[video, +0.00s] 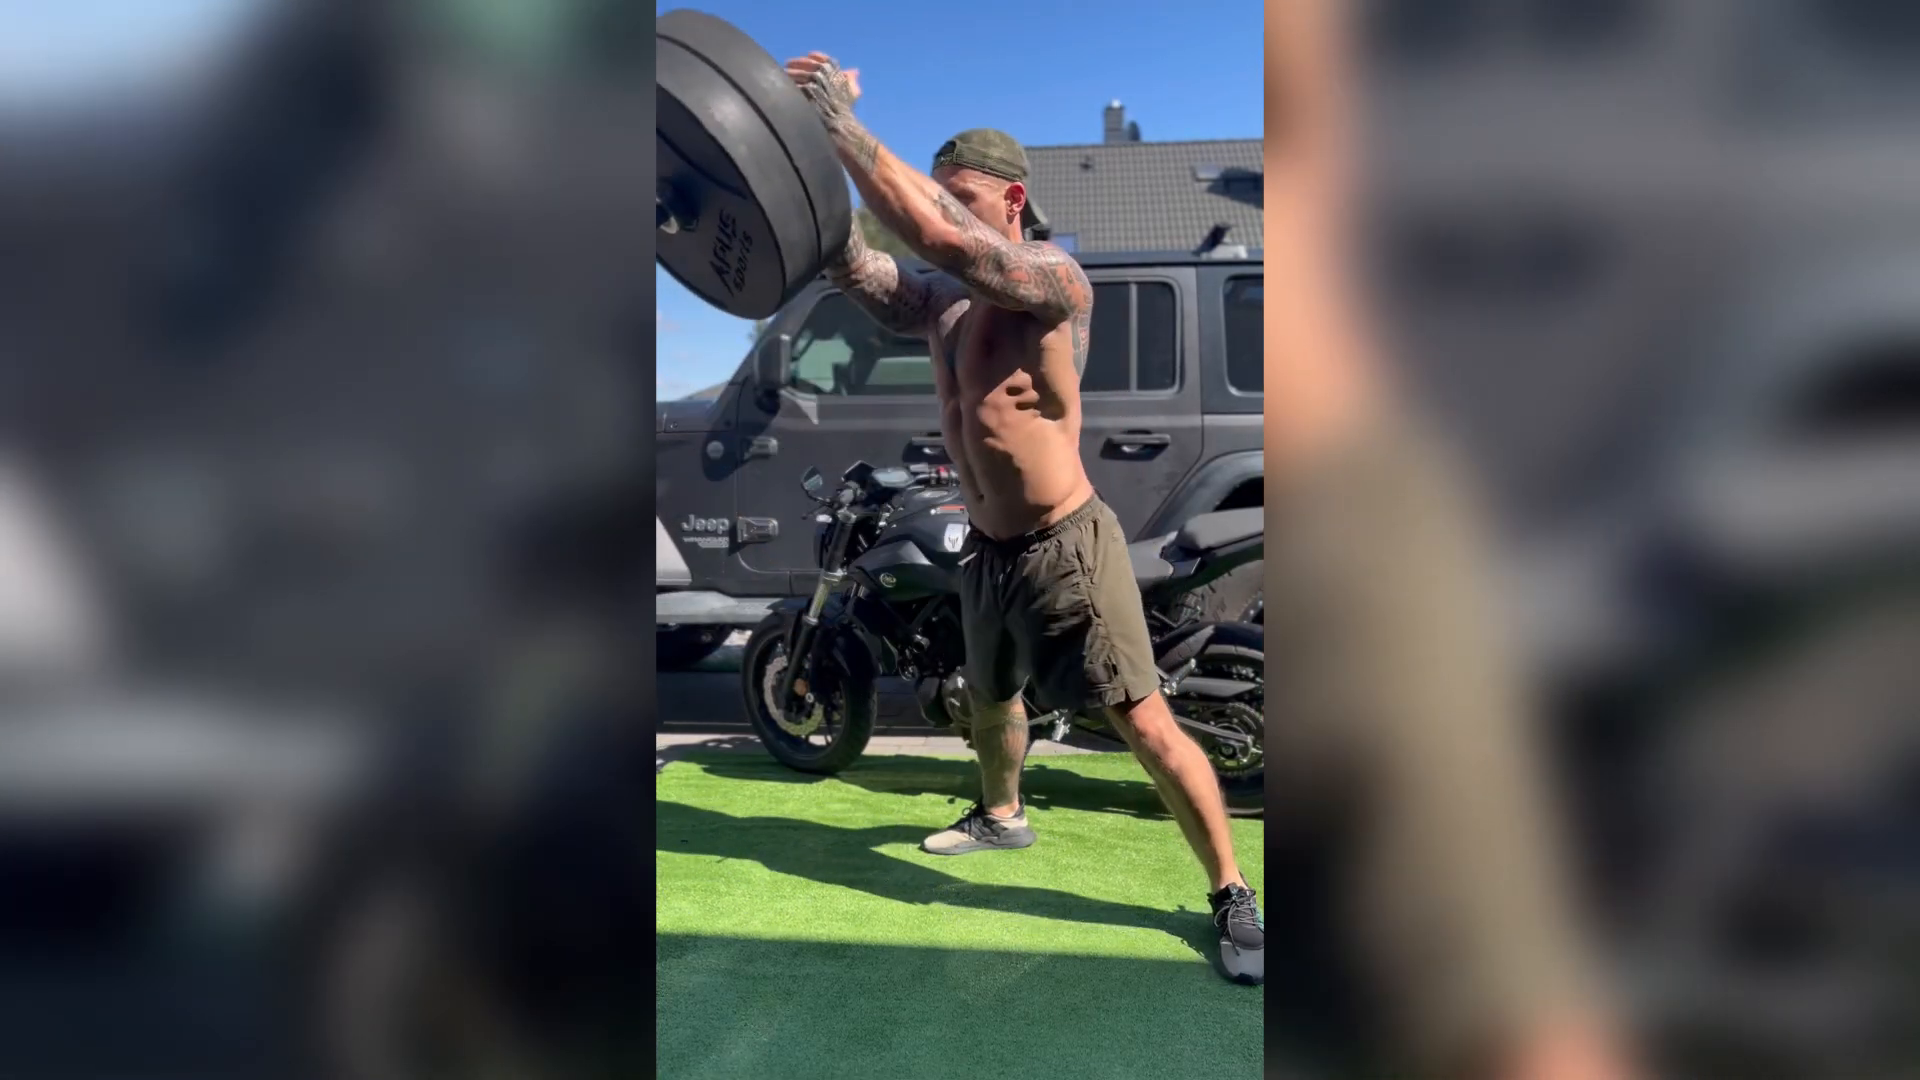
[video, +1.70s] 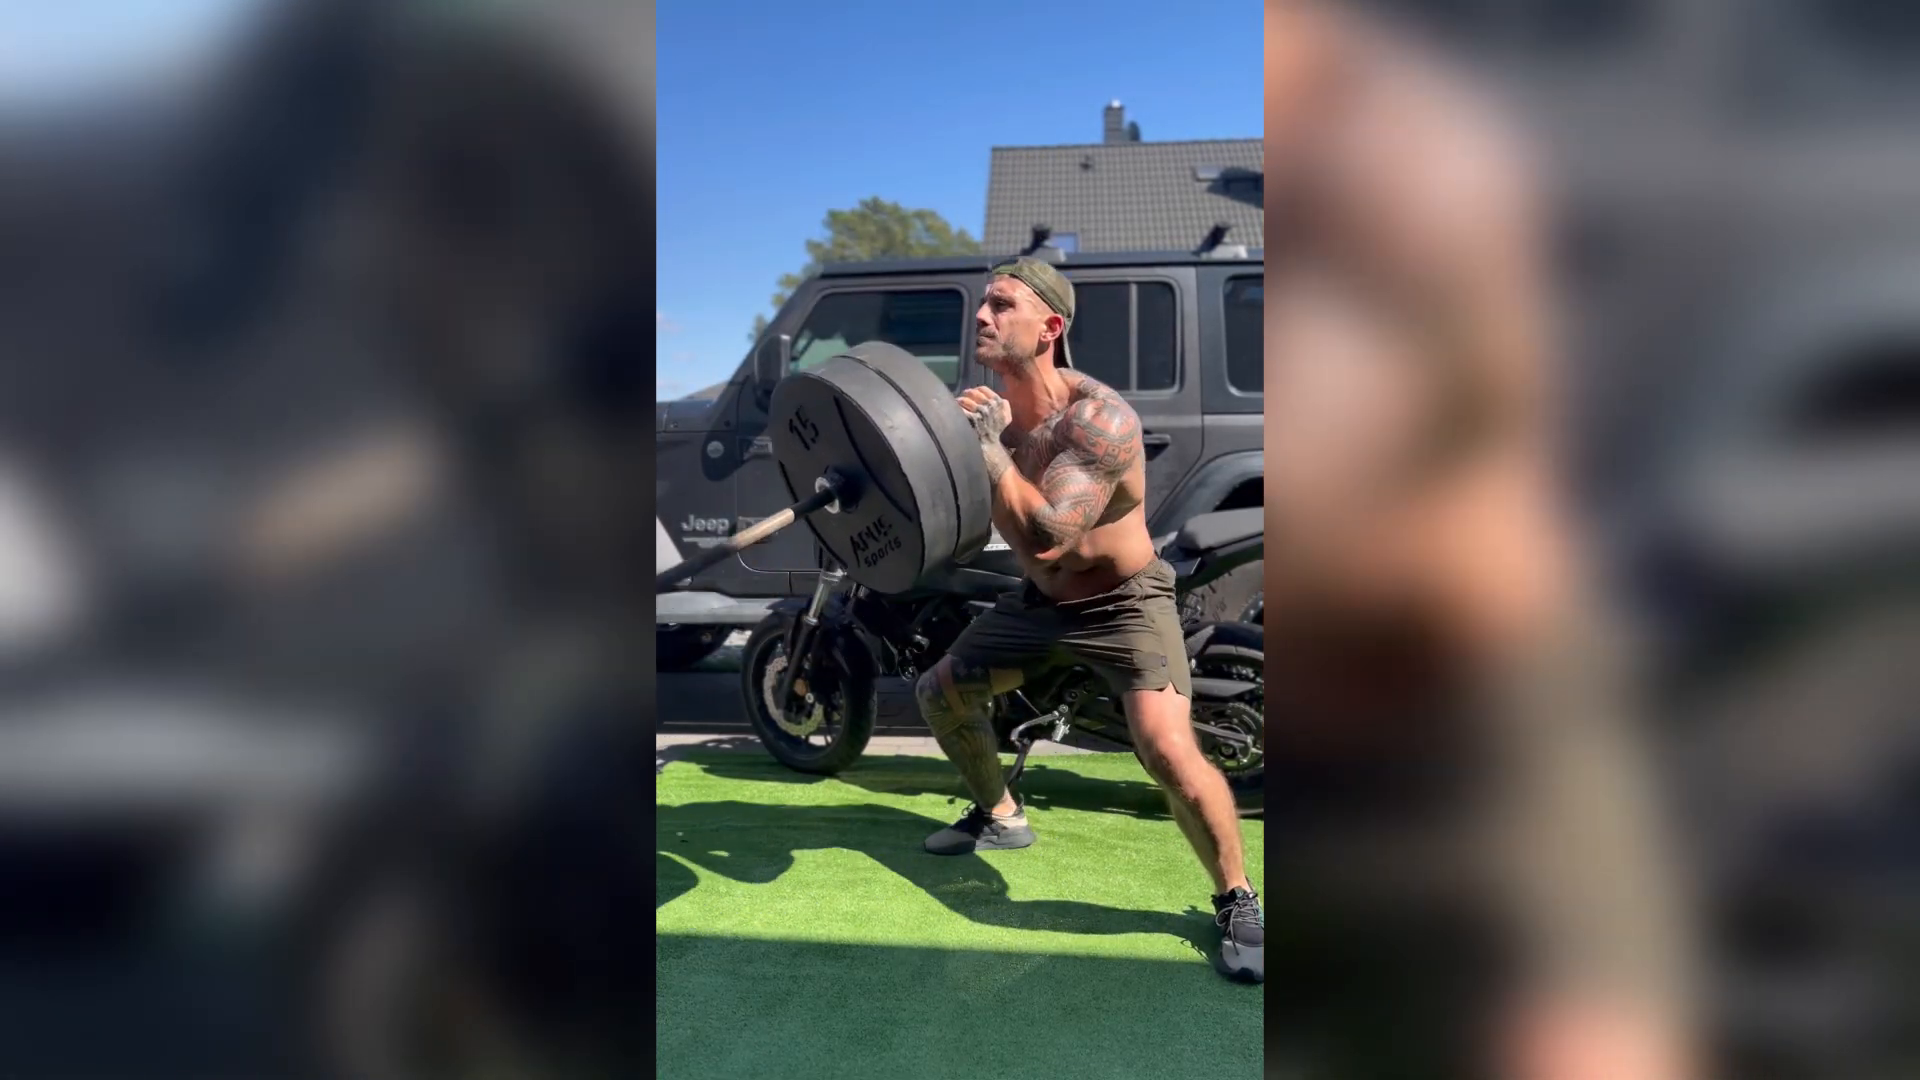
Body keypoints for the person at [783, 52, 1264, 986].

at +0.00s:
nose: (945, 209)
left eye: (962, 195)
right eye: (939, 195)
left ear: (1016, 195)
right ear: (944, 203)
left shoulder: (1057, 280)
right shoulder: (934, 298)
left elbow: (942, 233)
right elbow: (850, 260)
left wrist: (843, 124)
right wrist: (786, 171)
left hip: (1071, 544)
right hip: (988, 554)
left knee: (1147, 726)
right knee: (991, 700)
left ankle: (1231, 893)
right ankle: (1001, 819)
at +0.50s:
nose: (952, 212)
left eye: (968, 198)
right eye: (948, 199)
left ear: (1022, 204)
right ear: (954, 205)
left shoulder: (1067, 277)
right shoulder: (949, 297)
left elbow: (958, 277)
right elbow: (873, 317)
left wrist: (861, 178)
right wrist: (813, 236)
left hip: (1079, 541)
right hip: (1000, 549)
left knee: (1149, 724)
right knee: (988, 693)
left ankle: (1234, 893)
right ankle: (1001, 818)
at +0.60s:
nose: (969, 219)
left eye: (987, 206)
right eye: (966, 207)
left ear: (1038, 217)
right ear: (969, 225)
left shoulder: (1080, 303)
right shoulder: (964, 320)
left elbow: (982, 351)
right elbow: (905, 381)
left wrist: (907, 261)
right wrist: (851, 297)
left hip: (1092, 547)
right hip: (1007, 552)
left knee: (1152, 727)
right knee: (969, 697)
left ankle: (1234, 896)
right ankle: (1002, 817)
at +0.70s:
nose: (972, 263)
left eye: (990, 249)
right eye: (972, 250)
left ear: (1042, 261)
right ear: (981, 268)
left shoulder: (1088, 350)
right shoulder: (988, 359)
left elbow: (1004, 439)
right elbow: (937, 450)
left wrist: (944, 345)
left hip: (1113, 570)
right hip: (1030, 575)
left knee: (1162, 739)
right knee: (954, 694)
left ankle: (1235, 898)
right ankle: (1002, 818)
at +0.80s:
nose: (983, 320)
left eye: (1000, 307)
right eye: (982, 307)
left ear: (1048, 319)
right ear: (985, 318)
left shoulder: (1099, 405)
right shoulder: (988, 404)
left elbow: (1034, 513)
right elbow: (954, 522)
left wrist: (973, 425)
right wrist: (927, 432)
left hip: (1130, 600)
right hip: (1046, 602)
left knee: (1165, 744)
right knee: (947, 696)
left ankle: (1237, 899)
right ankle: (999, 816)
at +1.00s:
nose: (995, 423)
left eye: (1012, 411)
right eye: (992, 411)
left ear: (1058, 424)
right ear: (988, 421)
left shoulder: (1116, 506)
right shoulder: (998, 499)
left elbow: (1070, 634)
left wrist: (1012, 543)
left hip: (1151, 656)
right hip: (1060, 657)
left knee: (1165, 750)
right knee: (947, 698)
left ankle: (1237, 901)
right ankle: (1000, 820)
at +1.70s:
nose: (981, 316)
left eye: (1001, 306)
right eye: (983, 305)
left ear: (1050, 327)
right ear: (985, 323)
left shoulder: (1104, 418)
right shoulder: (984, 409)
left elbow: (1049, 535)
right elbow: (946, 491)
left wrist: (990, 447)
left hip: (1129, 596)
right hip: (1041, 596)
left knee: (1162, 738)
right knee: (943, 692)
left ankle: (1238, 899)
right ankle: (1000, 816)